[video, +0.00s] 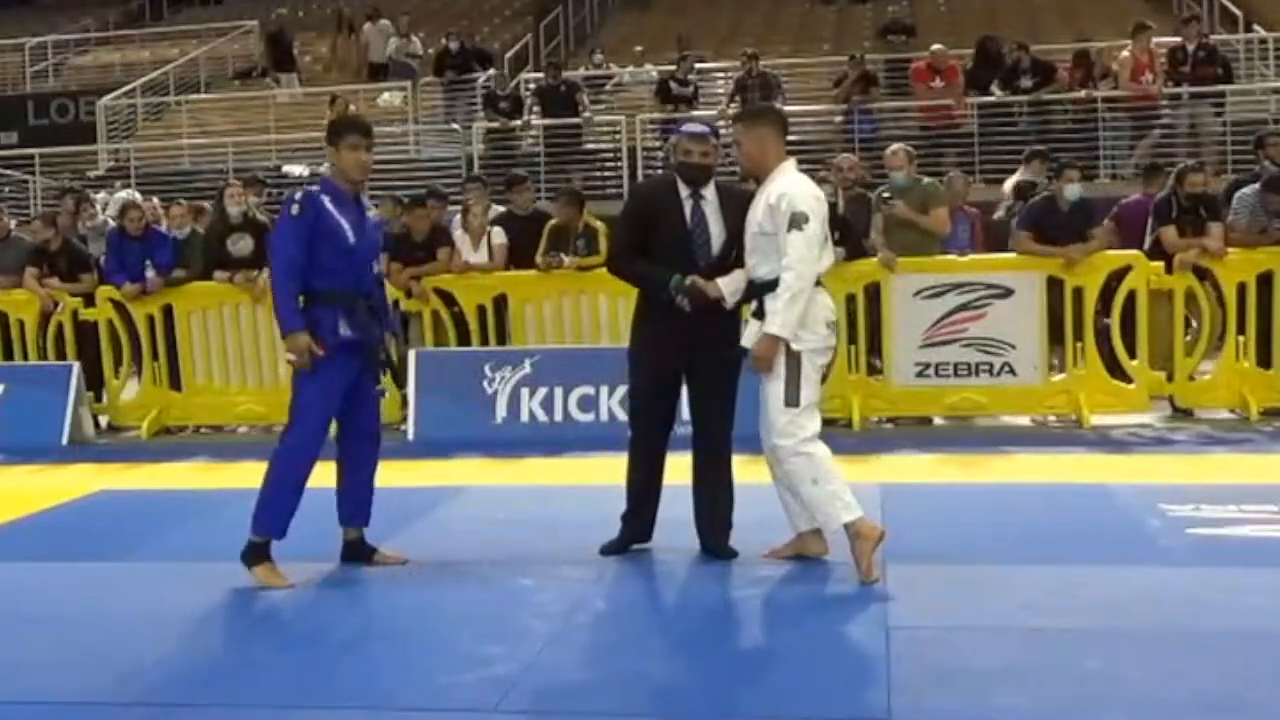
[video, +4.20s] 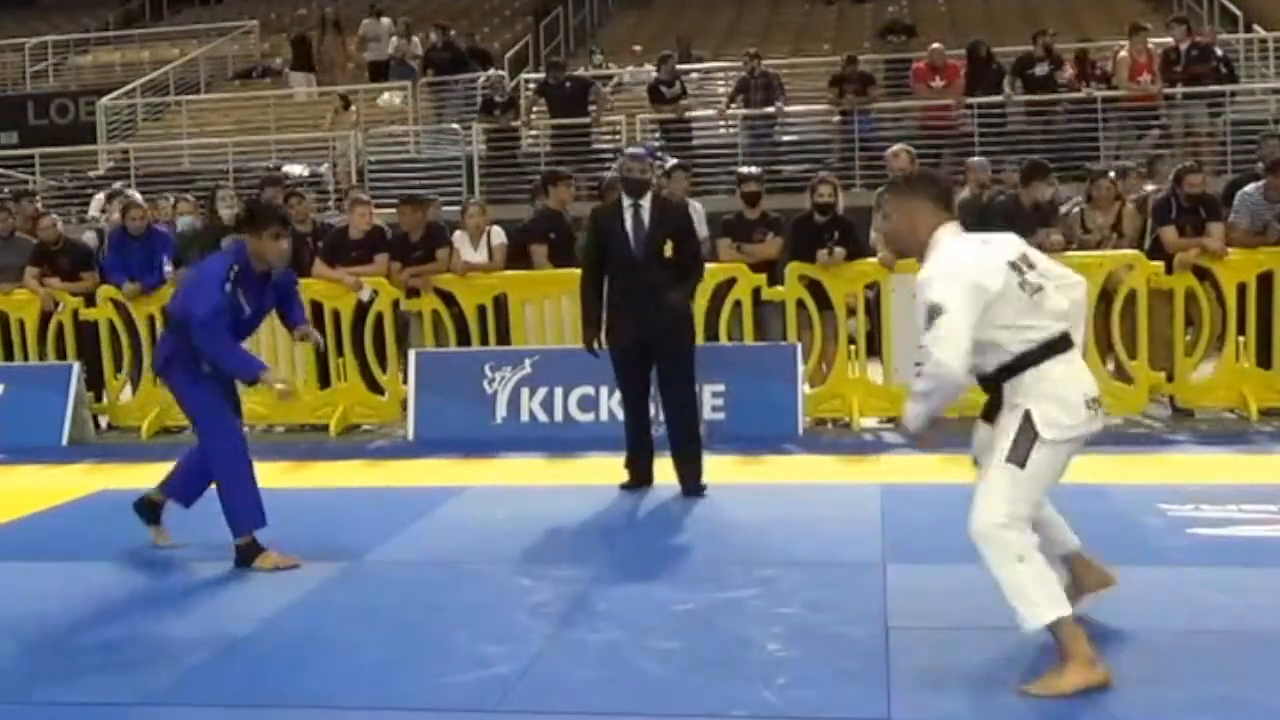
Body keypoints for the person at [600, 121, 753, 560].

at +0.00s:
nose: (695, 159)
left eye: (704, 152)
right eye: (687, 151)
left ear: (717, 156)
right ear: (672, 154)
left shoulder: (739, 201)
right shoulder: (648, 197)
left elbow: (762, 263)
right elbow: (619, 259)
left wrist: (727, 289)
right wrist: (673, 283)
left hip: (717, 337)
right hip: (657, 335)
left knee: (714, 439)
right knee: (647, 435)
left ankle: (715, 535)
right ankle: (636, 528)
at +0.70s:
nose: (645, 160)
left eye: (652, 152)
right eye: (637, 153)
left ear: (665, 158)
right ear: (624, 161)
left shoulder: (693, 208)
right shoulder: (604, 215)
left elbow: (714, 274)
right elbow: (589, 277)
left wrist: (733, 329)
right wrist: (609, 306)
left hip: (687, 339)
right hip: (630, 343)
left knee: (698, 438)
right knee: (632, 439)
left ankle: (713, 535)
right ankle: (636, 527)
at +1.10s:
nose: (642, 160)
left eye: (648, 153)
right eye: (633, 154)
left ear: (660, 159)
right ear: (618, 161)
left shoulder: (682, 204)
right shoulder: (602, 210)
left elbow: (705, 268)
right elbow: (584, 267)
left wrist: (725, 322)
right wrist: (599, 243)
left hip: (682, 330)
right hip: (628, 334)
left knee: (699, 413)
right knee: (631, 430)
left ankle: (700, 489)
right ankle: (636, 522)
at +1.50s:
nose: (669, 163)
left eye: (677, 155)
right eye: (662, 156)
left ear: (689, 161)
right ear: (650, 162)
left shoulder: (706, 205)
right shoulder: (636, 208)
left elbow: (726, 260)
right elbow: (626, 251)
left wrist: (728, 316)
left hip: (698, 320)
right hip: (645, 319)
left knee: (695, 422)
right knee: (646, 424)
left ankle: (695, 508)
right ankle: (639, 516)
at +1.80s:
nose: (673, 166)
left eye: (680, 159)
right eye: (666, 159)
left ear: (690, 163)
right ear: (652, 162)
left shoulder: (702, 207)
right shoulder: (632, 203)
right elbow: (628, 255)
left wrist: (723, 323)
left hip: (697, 317)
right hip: (643, 312)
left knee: (695, 418)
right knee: (639, 411)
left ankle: (693, 503)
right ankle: (634, 487)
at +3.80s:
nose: (642, 170)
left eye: (650, 165)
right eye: (638, 164)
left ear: (667, 170)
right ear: (631, 168)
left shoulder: (692, 215)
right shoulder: (618, 214)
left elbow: (706, 272)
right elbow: (607, 270)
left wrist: (715, 324)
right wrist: (599, 319)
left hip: (677, 325)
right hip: (630, 325)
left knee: (685, 406)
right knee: (636, 406)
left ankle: (691, 480)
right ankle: (637, 476)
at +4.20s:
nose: (636, 175)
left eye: (643, 169)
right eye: (630, 168)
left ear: (654, 173)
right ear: (619, 172)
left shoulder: (674, 210)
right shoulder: (602, 216)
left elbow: (693, 261)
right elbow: (592, 273)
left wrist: (679, 296)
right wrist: (591, 323)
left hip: (670, 318)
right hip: (625, 321)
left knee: (680, 399)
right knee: (633, 402)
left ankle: (690, 477)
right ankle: (638, 473)